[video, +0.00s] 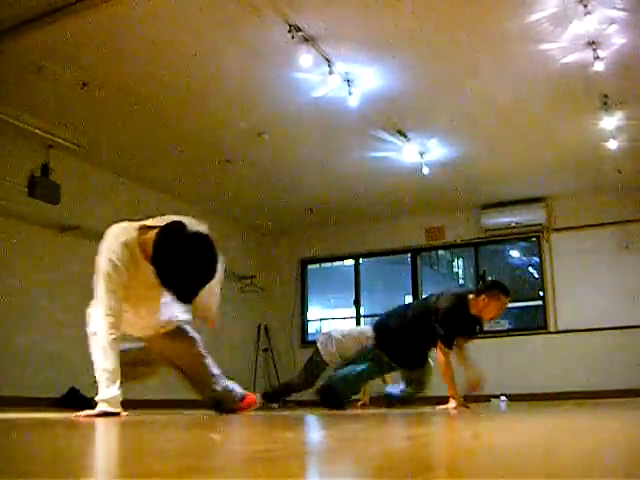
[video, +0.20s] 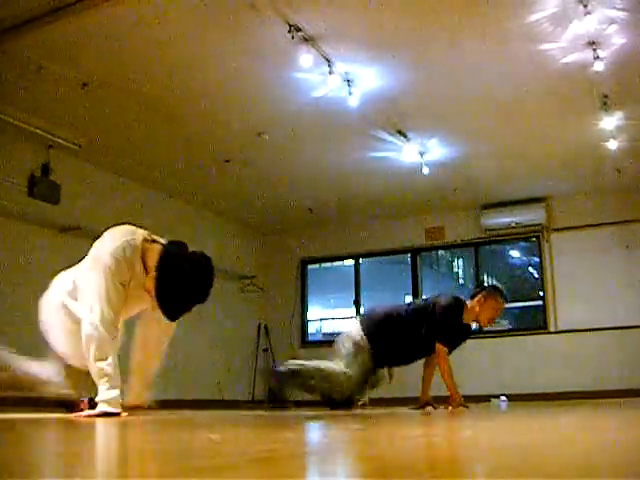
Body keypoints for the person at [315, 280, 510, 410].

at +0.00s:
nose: (499, 314)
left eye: (502, 309)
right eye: (499, 307)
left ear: (484, 302)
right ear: (483, 300)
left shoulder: (472, 317)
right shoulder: (452, 307)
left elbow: (458, 347)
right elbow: (442, 354)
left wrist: (471, 374)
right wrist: (453, 396)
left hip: (417, 345)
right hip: (395, 336)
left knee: (416, 385)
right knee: (372, 369)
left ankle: (382, 399)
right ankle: (331, 390)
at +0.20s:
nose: (492, 321)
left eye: (496, 317)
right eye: (492, 313)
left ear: (484, 309)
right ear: (478, 301)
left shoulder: (462, 329)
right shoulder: (450, 306)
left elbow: (433, 358)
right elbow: (440, 354)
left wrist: (424, 398)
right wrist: (453, 393)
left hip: (378, 360)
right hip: (364, 337)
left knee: (344, 399)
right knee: (346, 382)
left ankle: (289, 384)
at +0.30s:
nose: (489, 305)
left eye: (491, 300)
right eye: (488, 298)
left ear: (472, 292)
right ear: (473, 289)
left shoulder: (444, 312)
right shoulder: (447, 302)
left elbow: (426, 356)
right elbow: (441, 349)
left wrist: (424, 395)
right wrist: (454, 390)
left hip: (376, 358)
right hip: (361, 333)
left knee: (358, 399)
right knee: (308, 358)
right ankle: (260, 384)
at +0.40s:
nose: (476, 294)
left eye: (478, 290)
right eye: (475, 287)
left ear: (463, 287)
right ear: (460, 280)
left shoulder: (440, 314)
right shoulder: (437, 288)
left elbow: (419, 358)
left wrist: (423, 398)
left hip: (387, 341)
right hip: (365, 328)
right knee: (317, 352)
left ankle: (338, 390)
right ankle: (263, 390)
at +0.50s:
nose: (469, 286)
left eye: (471, 283)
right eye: (467, 279)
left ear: (463, 283)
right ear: (452, 271)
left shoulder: (441, 314)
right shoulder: (430, 278)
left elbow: (424, 355)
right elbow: (400, 281)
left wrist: (424, 397)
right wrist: (418, 304)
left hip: (398, 342)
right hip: (377, 322)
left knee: (409, 364)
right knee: (333, 350)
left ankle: (370, 388)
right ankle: (272, 383)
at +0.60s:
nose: (460, 279)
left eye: (461, 276)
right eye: (457, 271)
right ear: (441, 267)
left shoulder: (434, 310)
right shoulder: (423, 272)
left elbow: (421, 356)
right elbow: (391, 261)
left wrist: (423, 396)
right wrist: (393, 229)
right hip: (395, 319)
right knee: (412, 336)